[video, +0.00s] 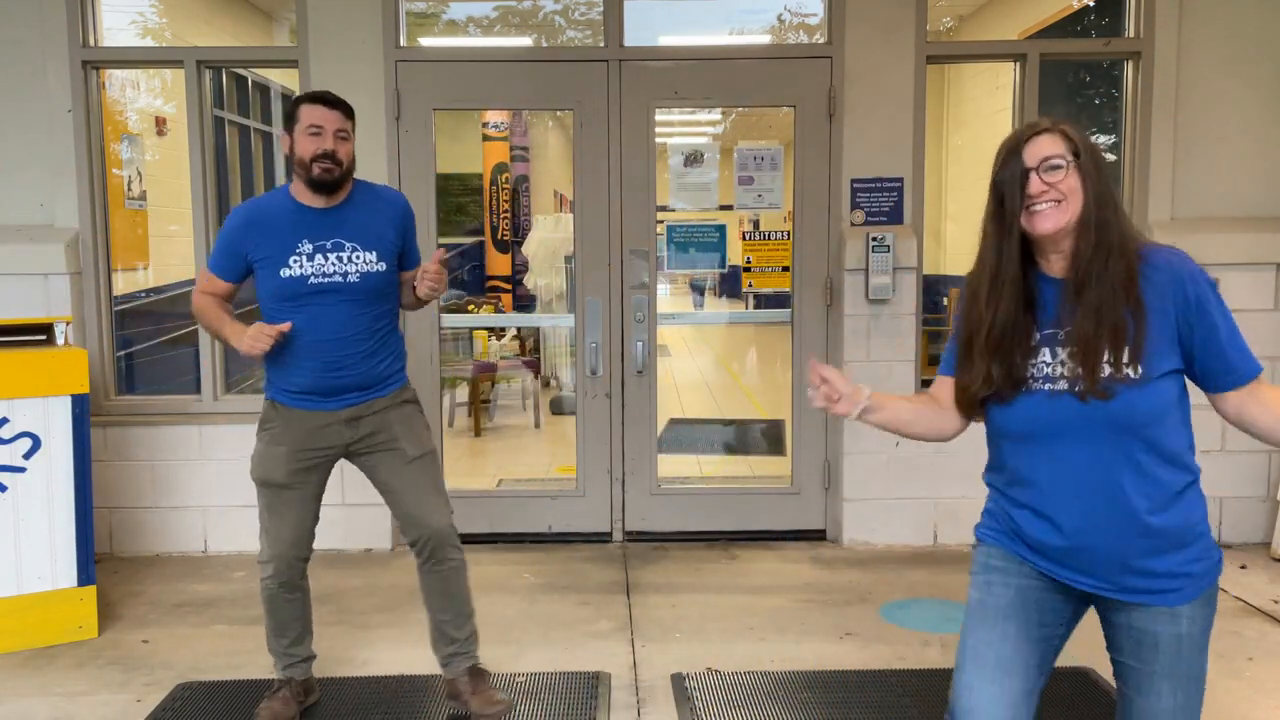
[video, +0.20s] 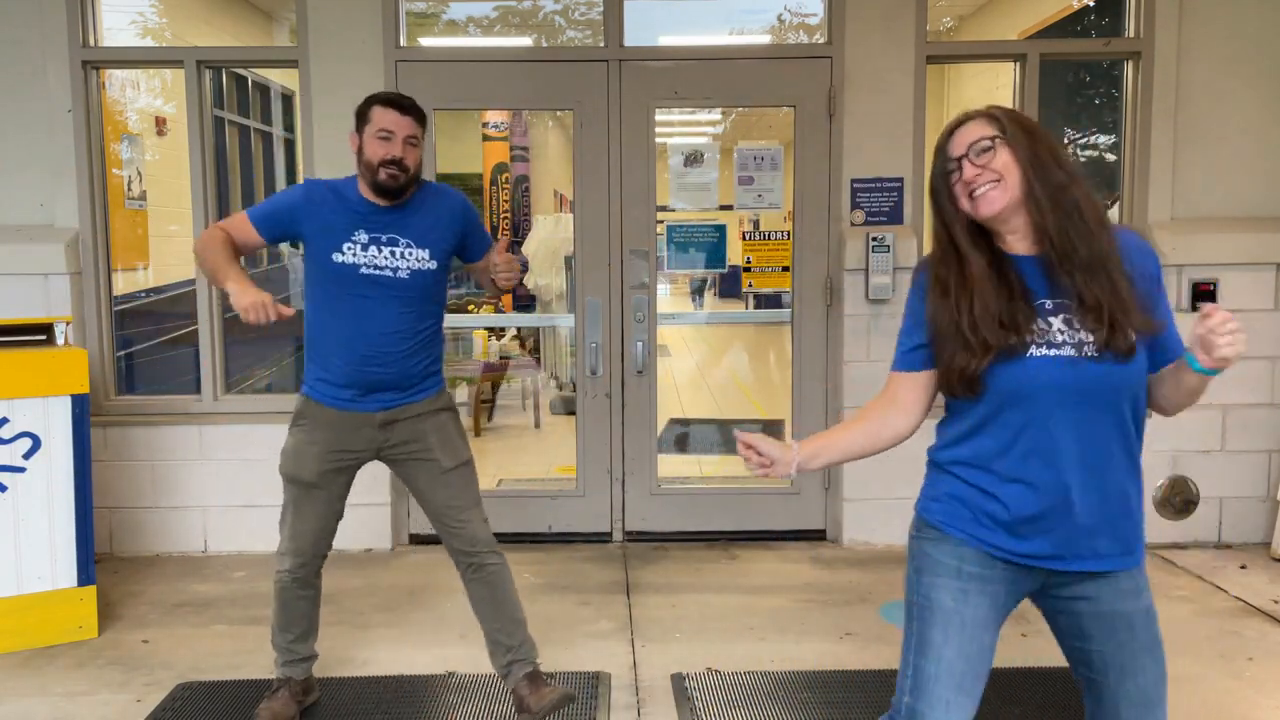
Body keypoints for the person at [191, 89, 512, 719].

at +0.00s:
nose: (328, 146)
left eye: (340, 135)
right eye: (315, 133)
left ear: (355, 147)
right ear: (289, 143)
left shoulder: (392, 209)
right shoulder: (253, 221)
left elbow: (406, 293)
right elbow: (205, 297)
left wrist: (425, 287)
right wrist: (238, 334)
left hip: (386, 409)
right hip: (295, 419)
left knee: (437, 533)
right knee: (282, 559)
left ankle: (463, 669)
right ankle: (292, 678)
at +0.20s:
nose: (397, 151)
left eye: (410, 142)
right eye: (384, 137)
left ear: (423, 153)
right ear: (357, 142)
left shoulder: (449, 209)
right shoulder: (313, 202)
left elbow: (492, 269)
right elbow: (213, 240)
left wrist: (506, 272)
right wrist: (241, 287)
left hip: (421, 414)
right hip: (328, 416)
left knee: (475, 545)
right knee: (298, 558)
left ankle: (523, 674)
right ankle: (292, 679)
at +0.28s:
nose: (432, 164)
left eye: (446, 154)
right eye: (420, 148)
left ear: (457, 163)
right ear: (392, 152)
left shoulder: (484, 224)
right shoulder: (345, 213)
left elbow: (537, 276)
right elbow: (238, 246)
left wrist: (539, 284)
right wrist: (247, 299)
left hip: (445, 422)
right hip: (351, 425)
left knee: (496, 550)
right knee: (310, 561)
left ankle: (537, 692)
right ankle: (293, 680)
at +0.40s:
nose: (485, 165)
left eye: (500, 156)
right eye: (474, 149)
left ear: (512, 165)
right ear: (445, 149)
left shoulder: (531, 226)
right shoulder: (390, 213)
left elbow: (569, 290)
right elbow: (305, 271)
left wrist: (563, 304)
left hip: (490, 417)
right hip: (399, 417)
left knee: (528, 551)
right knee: (348, 550)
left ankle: (540, 691)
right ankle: (306, 674)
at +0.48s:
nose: (521, 167)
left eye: (534, 158)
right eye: (510, 151)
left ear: (544, 167)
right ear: (480, 149)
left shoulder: (561, 234)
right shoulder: (419, 218)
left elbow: (569, 313)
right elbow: (371, 297)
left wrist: (573, 315)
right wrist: (403, 343)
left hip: (521, 417)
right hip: (429, 418)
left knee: (551, 550)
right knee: (389, 552)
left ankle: (543, 690)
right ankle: (367, 662)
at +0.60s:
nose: (560, 178)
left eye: (571, 169)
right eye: (548, 162)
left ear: (579, 177)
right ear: (515, 160)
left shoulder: (592, 249)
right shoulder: (455, 228)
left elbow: (597, 350)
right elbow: (416, 308)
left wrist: (589, 329)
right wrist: (450, 365)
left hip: (560, 425)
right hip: (474, 428)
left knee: (577, 560)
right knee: (460, 566)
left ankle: (546, 690)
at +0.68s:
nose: (582, 178)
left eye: (594, 169)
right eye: (571, 162)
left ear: (602, 179)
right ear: (538, 162)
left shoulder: (615, 251)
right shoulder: (478, 228)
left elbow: (628, 357)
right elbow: (419, 302)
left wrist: (618, 319)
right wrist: (468, 356)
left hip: (582, 427)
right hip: (500, 431)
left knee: (588, 556)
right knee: (504, 567)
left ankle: (546, 690)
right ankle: (582, 610)